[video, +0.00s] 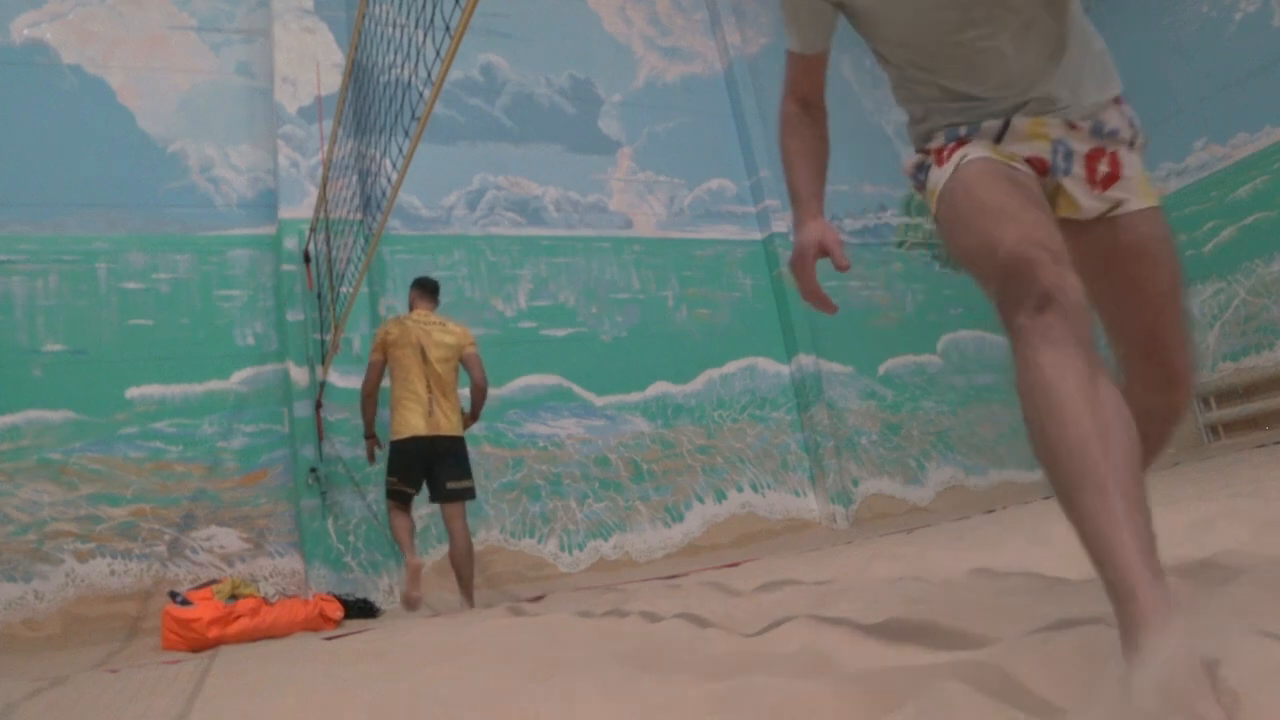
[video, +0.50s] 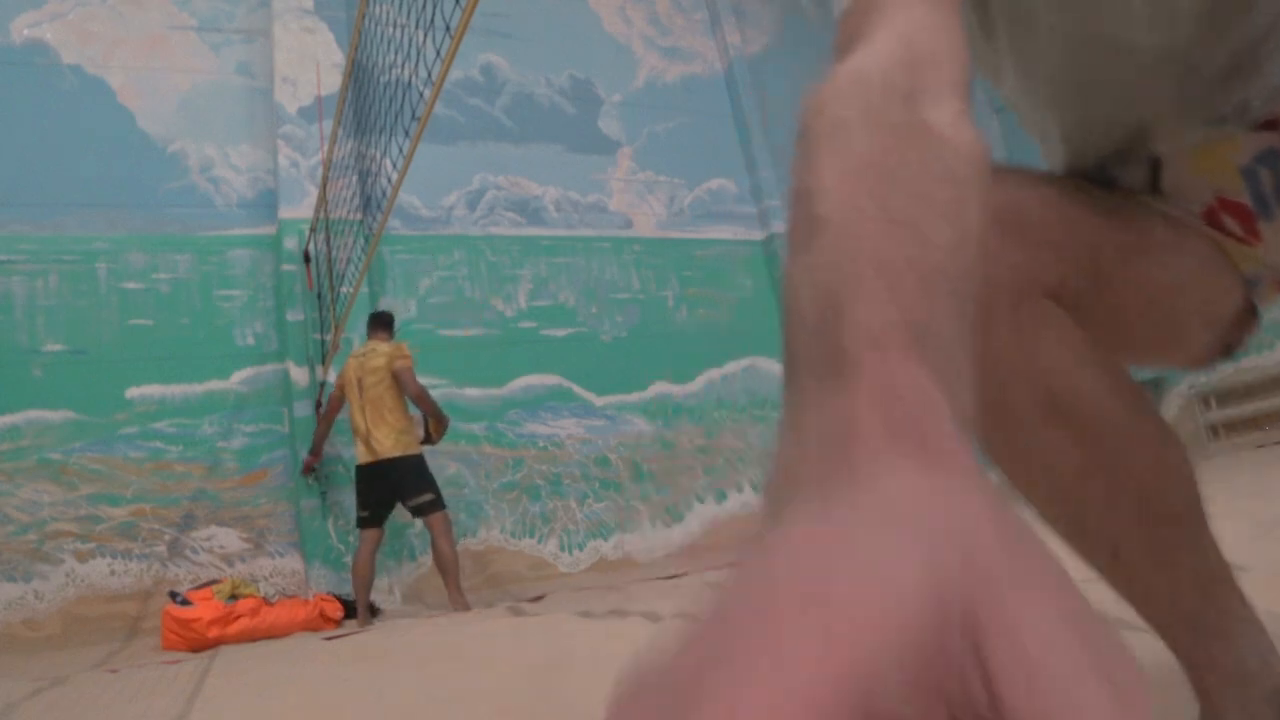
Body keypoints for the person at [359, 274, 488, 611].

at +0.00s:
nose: (413, 306)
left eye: (412, 301)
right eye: (421, 302)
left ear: (411, 300)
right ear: (437, 303)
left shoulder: (390, 330)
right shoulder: (457, 332)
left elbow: (370, 387)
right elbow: (480, 382)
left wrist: (369, 432)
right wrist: (472, 415)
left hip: (407, 439)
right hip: (449, 438)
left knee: (399, 506)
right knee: (456, 520)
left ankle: (411, 558)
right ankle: (468, 601)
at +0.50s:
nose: (386, 339)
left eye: (379, 333)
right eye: (389, 334)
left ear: (367, 333)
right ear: (391, 332)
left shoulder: (350, 365)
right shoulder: (395, 353)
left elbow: (329, 412)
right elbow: (412, 389)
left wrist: (315, 452)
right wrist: (438, 418)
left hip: (369, 466)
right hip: (405, 459)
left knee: (368, 539)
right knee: (439, 525)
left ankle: (362, 615)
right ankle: (457, 601)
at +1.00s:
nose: (381, 352)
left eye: (375, 347)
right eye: (382, 347)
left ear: (358, 344)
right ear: (382, 344)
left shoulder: (339, 375)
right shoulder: (376, 356)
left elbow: (328, 426)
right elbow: (384, 391)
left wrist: (317, 473)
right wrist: (415, 418)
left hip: (349, 466)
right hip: (378, 459)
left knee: (359, 538)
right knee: (413, 523)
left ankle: (355, 620)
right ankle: (428, 606)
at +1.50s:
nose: (414, 361)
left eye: (416, 357)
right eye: (411, 354)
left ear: (402, 355)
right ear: (394, 349)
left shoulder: (364, 381)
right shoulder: (384, 369)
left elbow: (342, 436)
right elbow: (384, 404)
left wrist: (319, 478)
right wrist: (416, 435)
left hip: (348, 472)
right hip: (373, 469)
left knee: (350, 548)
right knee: (414, 535)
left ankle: (335, 630)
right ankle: (412, 625)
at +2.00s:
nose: (445, 399)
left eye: (449, 395)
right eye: (440, 392)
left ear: (449, 400)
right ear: (423, 392)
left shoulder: (426, 430)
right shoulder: (407, 421)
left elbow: (414, 483)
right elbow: (382, 463)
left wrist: (431, 526)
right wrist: (420, 497)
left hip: (401, 528)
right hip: (396, 528)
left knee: (386, 607)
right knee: (413, 606)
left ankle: (326, 677)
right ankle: (389, 694)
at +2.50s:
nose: (482, 438)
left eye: (487, 434)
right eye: (475, 432)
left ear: (490, 440)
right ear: (461, 434)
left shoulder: (485, 482)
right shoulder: (438, 472)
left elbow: (477, 531)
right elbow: (409, 519)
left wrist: (483, 575)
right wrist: (441, 552)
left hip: (475, 587)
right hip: (441, 586)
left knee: (514, 642)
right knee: (427, 661)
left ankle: (485, 715)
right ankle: (400, 715)